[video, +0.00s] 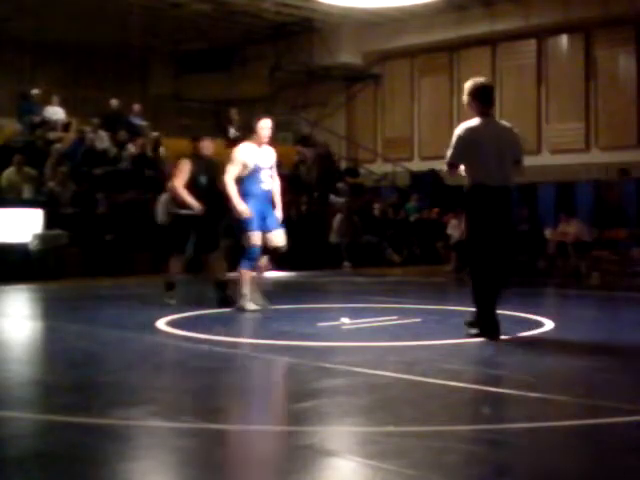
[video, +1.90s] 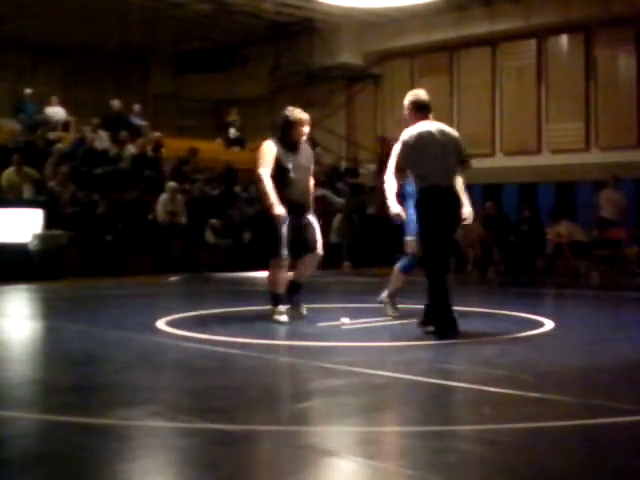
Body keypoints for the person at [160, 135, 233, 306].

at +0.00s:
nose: (209, 146)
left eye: (211, 142)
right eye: (205, 142)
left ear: (214, 145)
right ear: (197, 145)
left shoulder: (216, 165)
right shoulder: (188, 163)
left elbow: (222, 187)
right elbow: (177, 185)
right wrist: (195, 204)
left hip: (211, 215)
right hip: (187, 215)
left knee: (215, 253)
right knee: (179, 252)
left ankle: (222, 293)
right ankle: (170, 291)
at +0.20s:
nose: (227, 143)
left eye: (228, 139)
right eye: (223, 138)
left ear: (230, 142)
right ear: (214, 140)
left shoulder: (233, 164)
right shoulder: (203, 160)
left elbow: (239, 187)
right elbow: (191, 183)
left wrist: (243, 207)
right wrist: (193, 208)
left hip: (229, 212)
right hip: (209, 212)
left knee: (225, 253)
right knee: (208, 250)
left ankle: (225, 293)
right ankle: (196, 285)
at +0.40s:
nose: (235, 142)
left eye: (238, 138)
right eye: (231, 138)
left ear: (242, 141)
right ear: (223, 141)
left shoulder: (246, 164)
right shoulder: (214, 160)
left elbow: (257, 184)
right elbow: (197, 182)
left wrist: (269, 203)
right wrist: (198, 210)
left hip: (241, 211)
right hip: (221, 210)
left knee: (234, 250)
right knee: (228, 249)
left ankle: (229, 284)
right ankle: (229, 287)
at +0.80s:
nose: (253, 140)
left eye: (255, 135)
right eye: (248, 135)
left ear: (259, 138)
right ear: (238, 138)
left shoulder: (261, 159)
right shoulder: (227, 159)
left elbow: (268, 183)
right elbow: (221, 186)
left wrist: (270, 208)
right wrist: (224, 214)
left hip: (260, 211)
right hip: (239, 212)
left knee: (269, 250)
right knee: (242, 254)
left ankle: (253, 271)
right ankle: (242, 292)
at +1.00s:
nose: (265, 143)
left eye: (268, 139)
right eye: (261, 139)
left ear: (272, 140)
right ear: (252, 140)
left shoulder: (272, 159)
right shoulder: (237, 156)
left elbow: (277, 183)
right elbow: (226, 180)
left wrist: (276, 208)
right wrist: (243, 203)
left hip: (267, 212)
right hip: (246, 213)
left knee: (272, 253)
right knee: (244, 256)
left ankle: (279, 289)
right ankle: (241, 292)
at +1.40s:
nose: (295, 142)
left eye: (298, 138)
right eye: (292, 138)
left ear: (300, 138)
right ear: (281, 136)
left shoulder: (302, 156)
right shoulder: (261, 151)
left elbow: (308, 180)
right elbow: (244, 174)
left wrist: (312, 205)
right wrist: (241, 206)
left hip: (292, 209)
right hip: (266, 208)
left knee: (290, 255)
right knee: (266, 251)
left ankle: (286, 297)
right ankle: (263, 295)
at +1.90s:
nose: (306, 132)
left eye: (307, 127)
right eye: (302, 127)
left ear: (307, 129)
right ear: (289, 128)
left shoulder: (306, 150)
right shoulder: (271, 147)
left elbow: (309, 179)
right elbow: (264, 175)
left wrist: (310, 208)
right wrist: (275, 204)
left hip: (303, 210)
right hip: (282, 210)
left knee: (314, 251)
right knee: (281, 257)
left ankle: (293, 293)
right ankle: (278, 303)